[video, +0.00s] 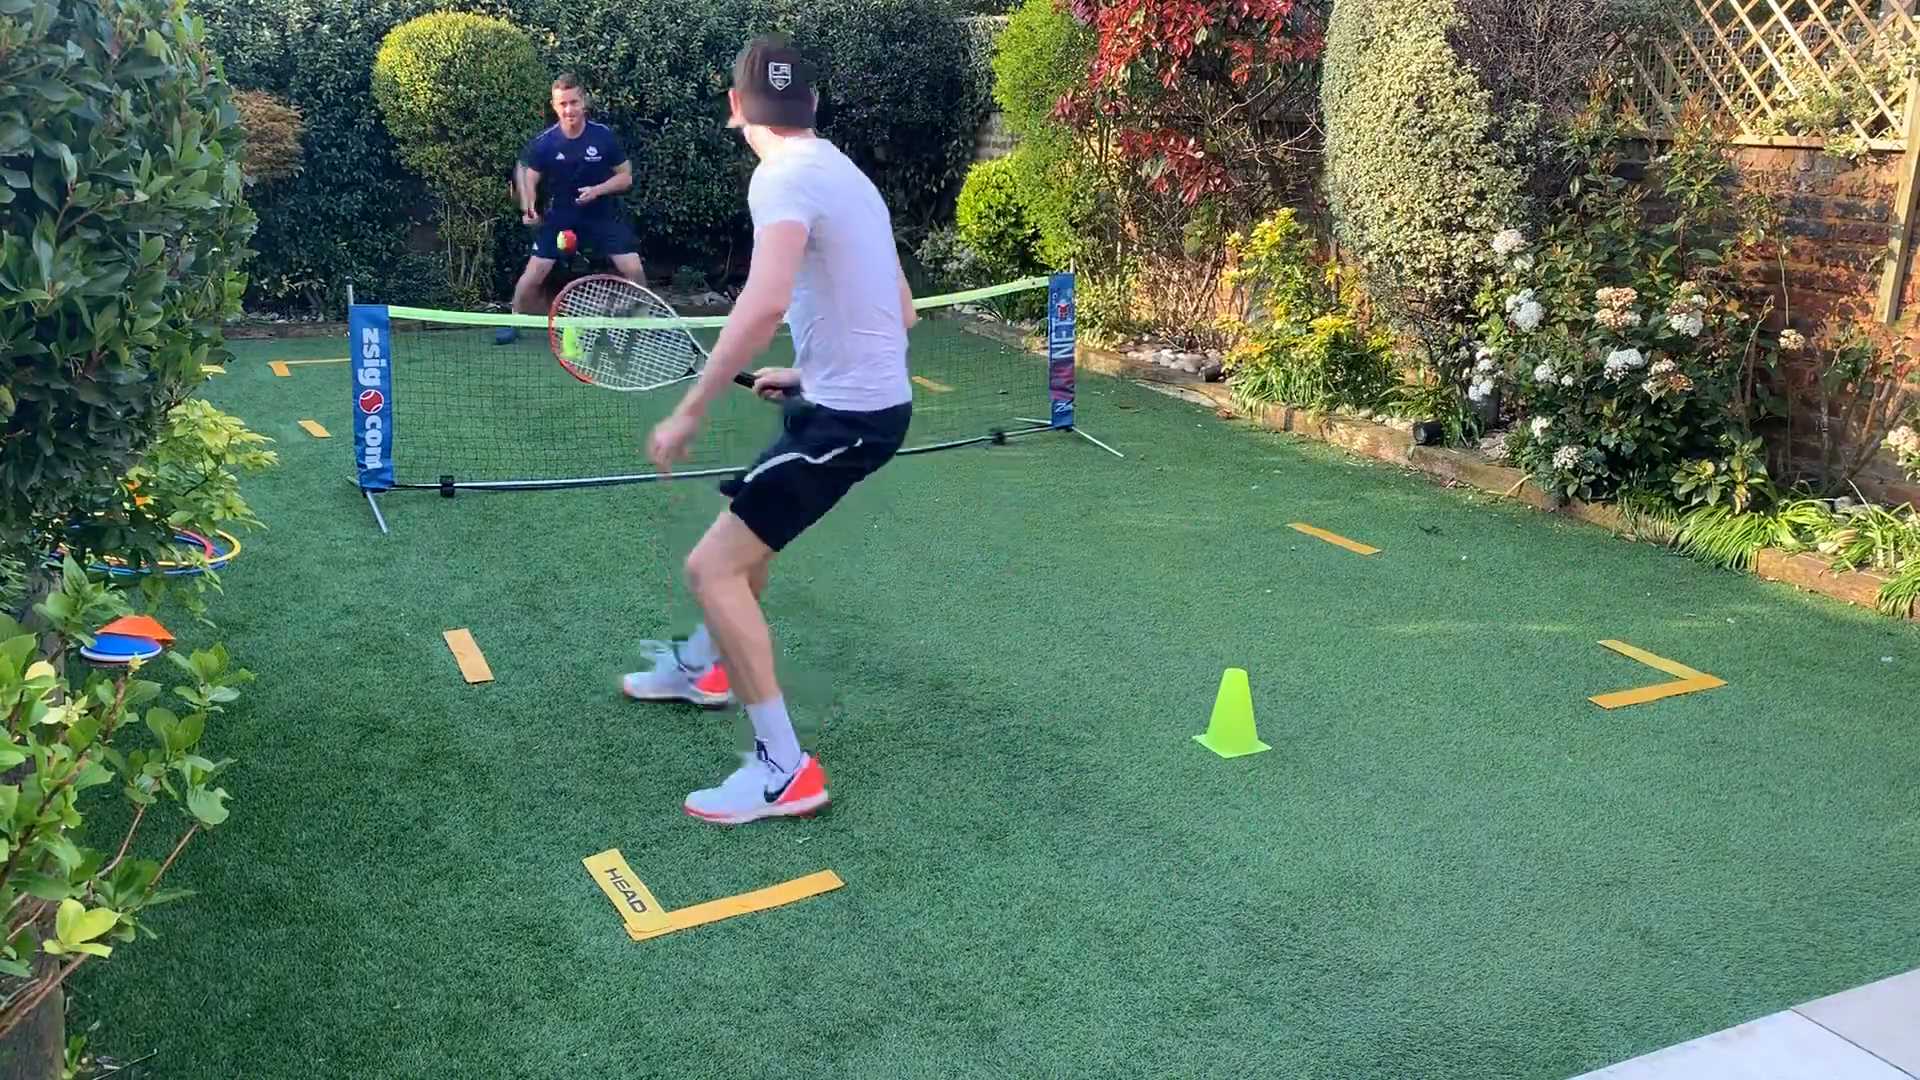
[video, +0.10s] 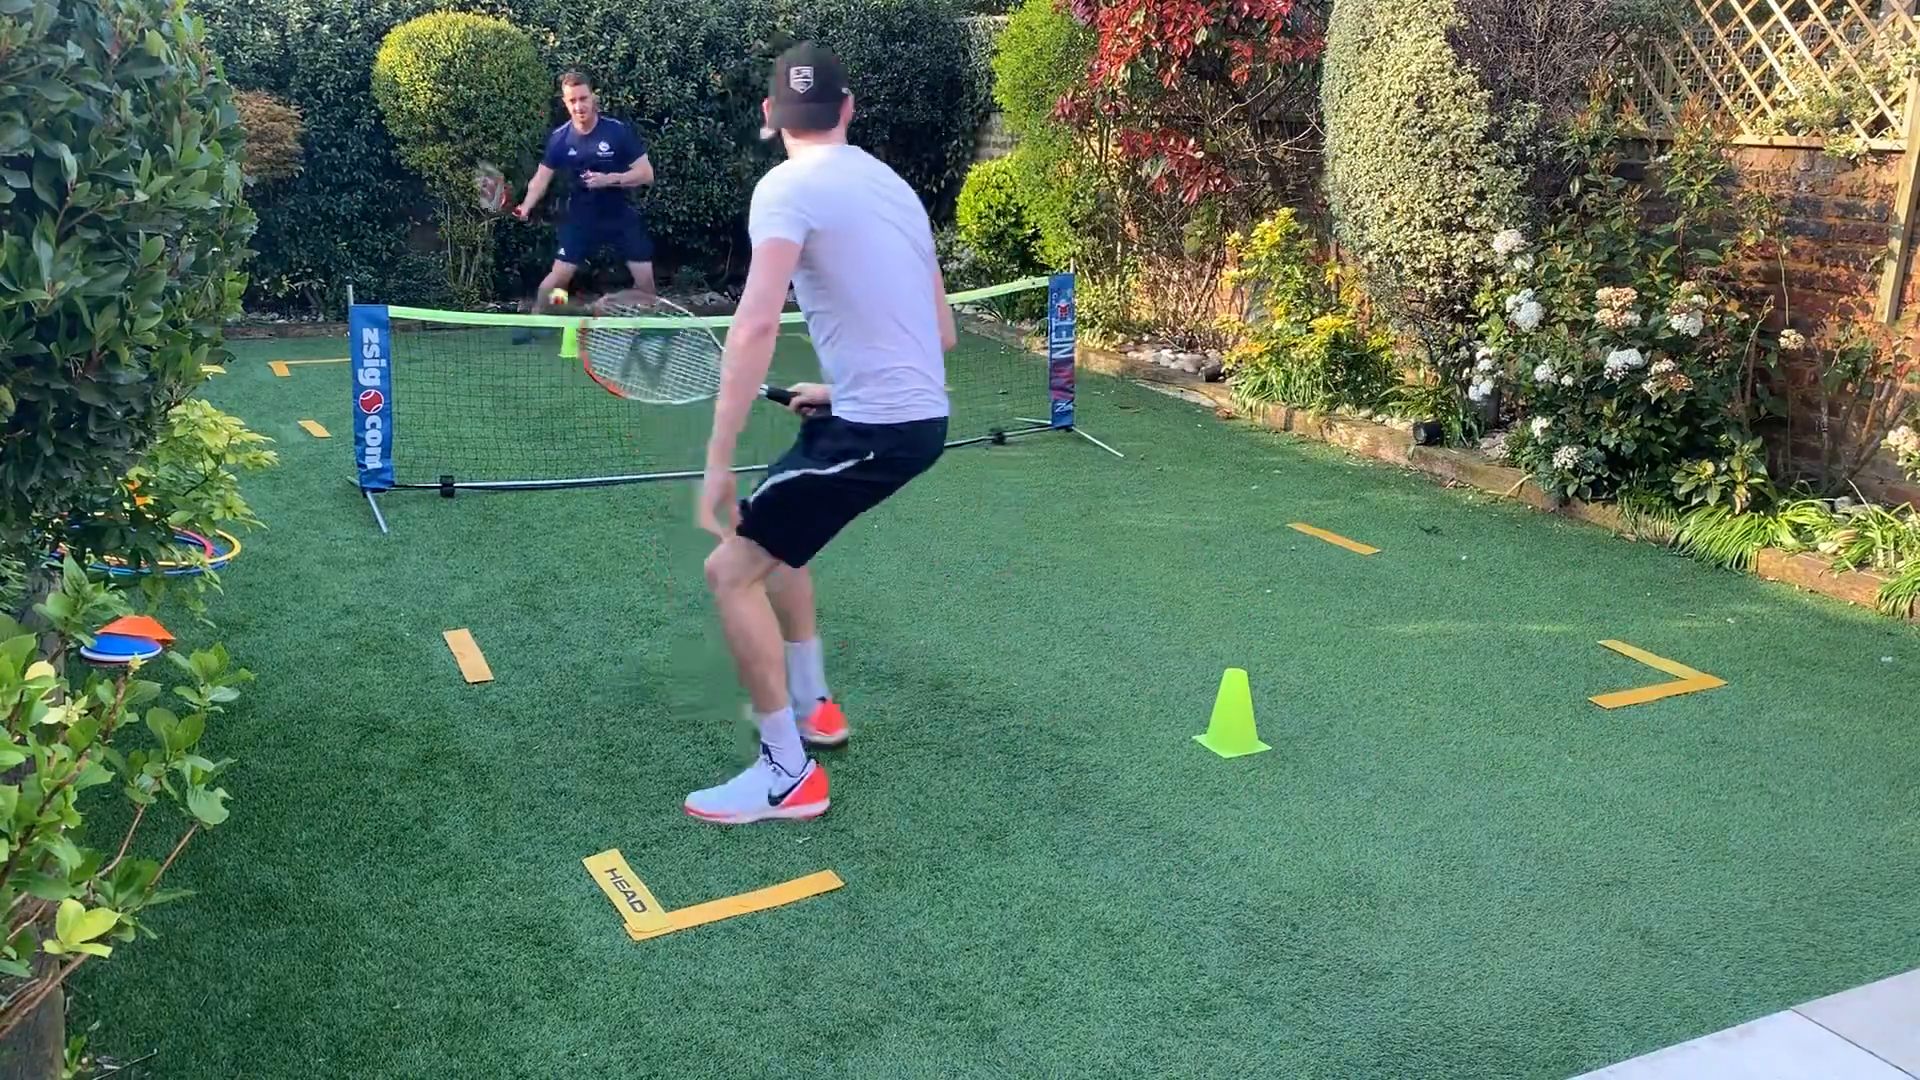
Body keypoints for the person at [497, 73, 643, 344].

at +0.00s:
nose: (569, 110)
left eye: (573, 103)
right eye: (562, 104)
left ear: (584, 103)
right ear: (554, 106)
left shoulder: (603, 136)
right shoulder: (544, 144)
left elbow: (626, 178)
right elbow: (530, 180)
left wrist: (596, 191)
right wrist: (529, 206)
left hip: (601, 215)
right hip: (560, 217)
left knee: (633, 269)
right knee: (534, 272)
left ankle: (642, 324)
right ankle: (512, 322)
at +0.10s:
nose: (578, 106)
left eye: (583, 99)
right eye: (572, 101)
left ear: (593, 98)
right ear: (565, 103)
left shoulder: (618, 132)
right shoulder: (559, 139)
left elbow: (646, 174)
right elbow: (541, 178)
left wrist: (609, 179)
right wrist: (526, 205)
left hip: (621, 217)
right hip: (581, 218)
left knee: (645, 280)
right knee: (560, 275)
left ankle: (650, 337)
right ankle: (534, 324)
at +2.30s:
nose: (511, 103)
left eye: (516, 97)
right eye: (504, 97)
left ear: (521, 100)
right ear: (489, 101)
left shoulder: (533, 138)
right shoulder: (471, 136)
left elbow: (540, 171)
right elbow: (448, 171)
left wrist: (535, 183)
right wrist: (474, 200)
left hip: (522, 215)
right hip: (480, 216)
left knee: (556, 266)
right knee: (471, 277)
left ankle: (562, 321)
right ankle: (462, 327)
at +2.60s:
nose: (571, 97)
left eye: (575, 90)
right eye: (564, 92)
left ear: (582, 93)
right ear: (553, 97)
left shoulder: (605, 129)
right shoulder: (543, 132)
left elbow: (620, 172)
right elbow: (538, 173)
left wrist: (592, 186)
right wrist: (562, 194)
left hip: (606, 201)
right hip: (564, 202)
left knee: (625, 257)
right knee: (553, 258)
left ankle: (630, 323)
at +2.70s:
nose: (581, 92)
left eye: (585, 86)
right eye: (574, 88)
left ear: (595, 86)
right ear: (565, 91)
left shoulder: (615, 120)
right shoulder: (559, 122)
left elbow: (630, 169)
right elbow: (558, 156)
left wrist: (591, 183)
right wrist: (566, 184)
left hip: (620, 191)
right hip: (583, 195)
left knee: (635, 255)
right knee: (588, 259)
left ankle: (649, 307)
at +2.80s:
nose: (590, 104)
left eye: (595, 96)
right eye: (584, 98)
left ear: (606, 95)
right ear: (577, 100)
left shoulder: (624, 128)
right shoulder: (575, 128)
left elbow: (640, 176)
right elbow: (572, 165)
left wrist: (598, 188)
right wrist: (570, 192)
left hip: (636, 199)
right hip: (607, 204)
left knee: (650, 261)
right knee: (618, 265)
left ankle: (680, 315)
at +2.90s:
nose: (591, 118)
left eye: (596, 110)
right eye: (585, 113)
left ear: (610, 105)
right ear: (580, 113)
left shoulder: (632, 140)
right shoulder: (589, 138)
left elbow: (643, 186)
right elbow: (586, 173)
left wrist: (603, 194)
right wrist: (569, 202)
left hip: (653, 204)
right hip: (625, 206)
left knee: (657, 268)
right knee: (616, 265)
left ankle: (685, 320)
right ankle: (660, 310)